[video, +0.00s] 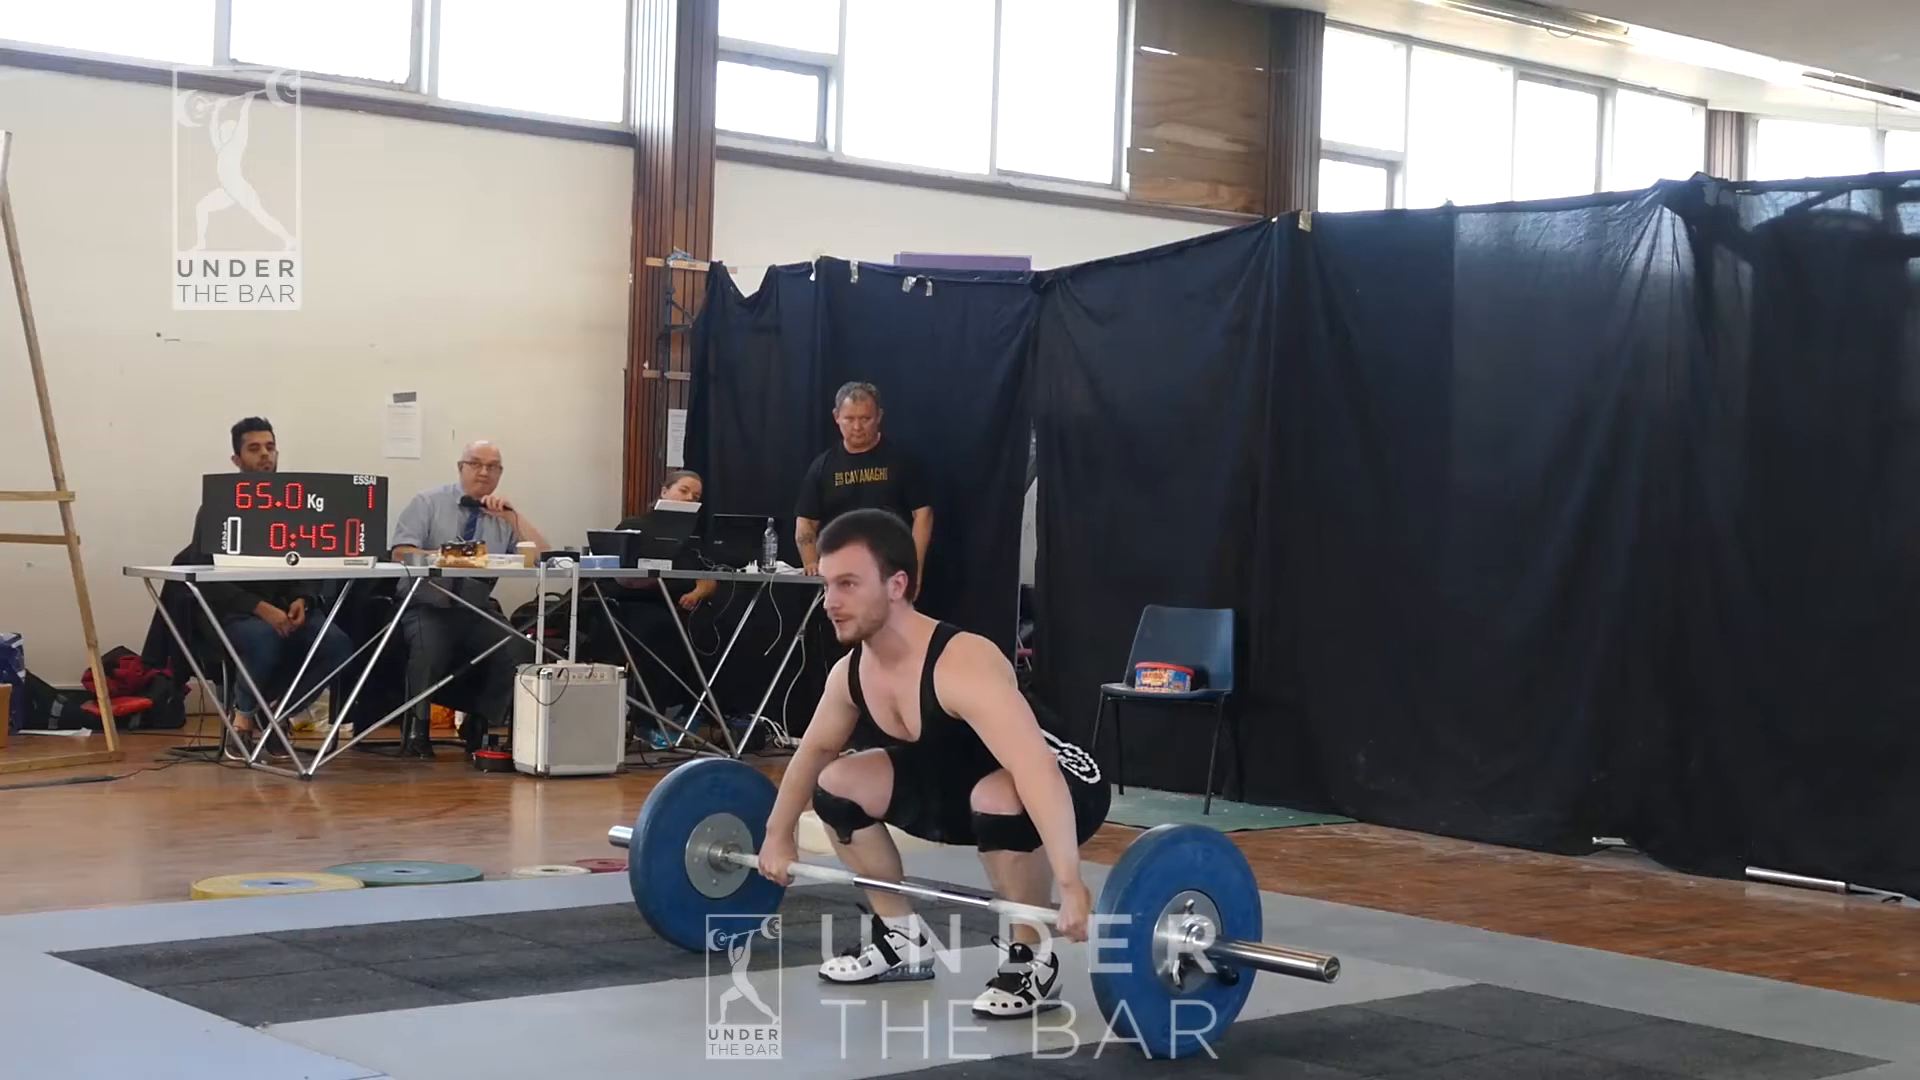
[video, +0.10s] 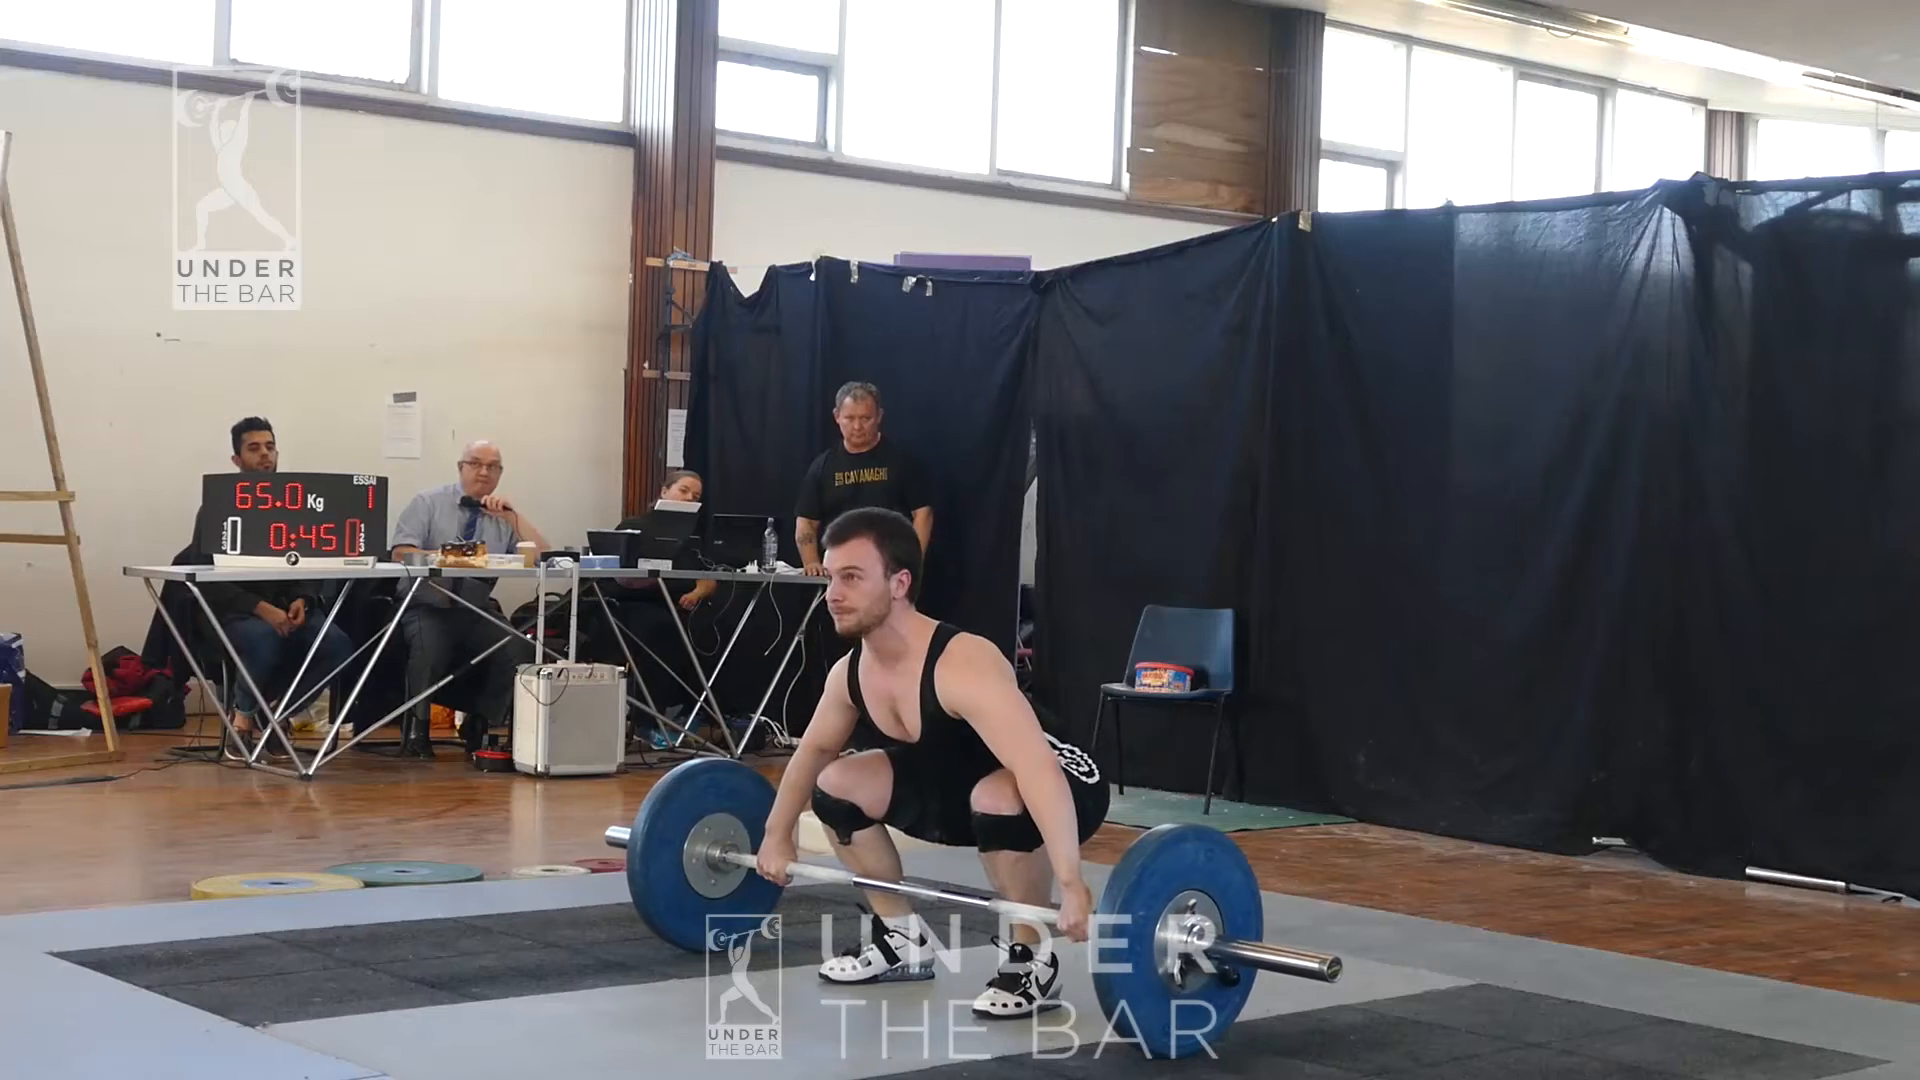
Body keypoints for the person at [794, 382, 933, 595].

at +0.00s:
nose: (857, 427)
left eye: (865, 419)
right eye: (849, 418)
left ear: (879, 417)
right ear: (837, 417)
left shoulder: (902, 460)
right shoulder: (823, 466)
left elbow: (923, 515)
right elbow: (805, 525)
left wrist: (914, 572)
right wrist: (813, 568)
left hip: (890, 571)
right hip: (839, 571)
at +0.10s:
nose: (857, 426)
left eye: (865, 418)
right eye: (850, 418)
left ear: (879, 417)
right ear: (837, 417)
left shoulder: (902, 460)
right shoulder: (823, 466)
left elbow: (923, 513)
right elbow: (806, 522)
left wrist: (910, 564)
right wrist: (811, 562)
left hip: (890, 567)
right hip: (838, 569)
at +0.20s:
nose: (857, 426)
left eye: (866, 418)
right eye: (850, 417)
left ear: (880, 417)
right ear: (837, 417)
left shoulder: (902, 460)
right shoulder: (823, 466)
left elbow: (923, 513)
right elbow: (806, 523)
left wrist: (910, 566)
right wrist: (811, 563)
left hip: (890, 568)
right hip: (838, 570)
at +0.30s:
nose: (857, 426)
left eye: (866, 418)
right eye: (850, 417)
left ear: (880, 417)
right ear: (837, 416)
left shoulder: (903, 460)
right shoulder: (823, 466)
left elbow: (923, 514)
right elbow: (806, 523)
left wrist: (912, 571)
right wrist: (811, 562)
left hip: (890, 571)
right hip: (839, 572)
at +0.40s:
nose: (858, 425)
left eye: (866, 417)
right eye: (850, 417)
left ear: (880, 416)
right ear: (837, 416)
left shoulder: (902, 460)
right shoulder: (823, 466)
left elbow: (922, 514)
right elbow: (805, 524)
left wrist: (915, 571)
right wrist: (814, 568)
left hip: (890, 572)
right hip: (838, 571)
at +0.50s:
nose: (858, 425)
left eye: (867, 417)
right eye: (851, 417)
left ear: (880, 417)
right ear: (838, 416)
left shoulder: (903, 461)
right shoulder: (824, 464)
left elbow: (924, 514)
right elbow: (806, 520)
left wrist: (913, 564)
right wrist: (811, 562)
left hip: (888, 569)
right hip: (836, 571)